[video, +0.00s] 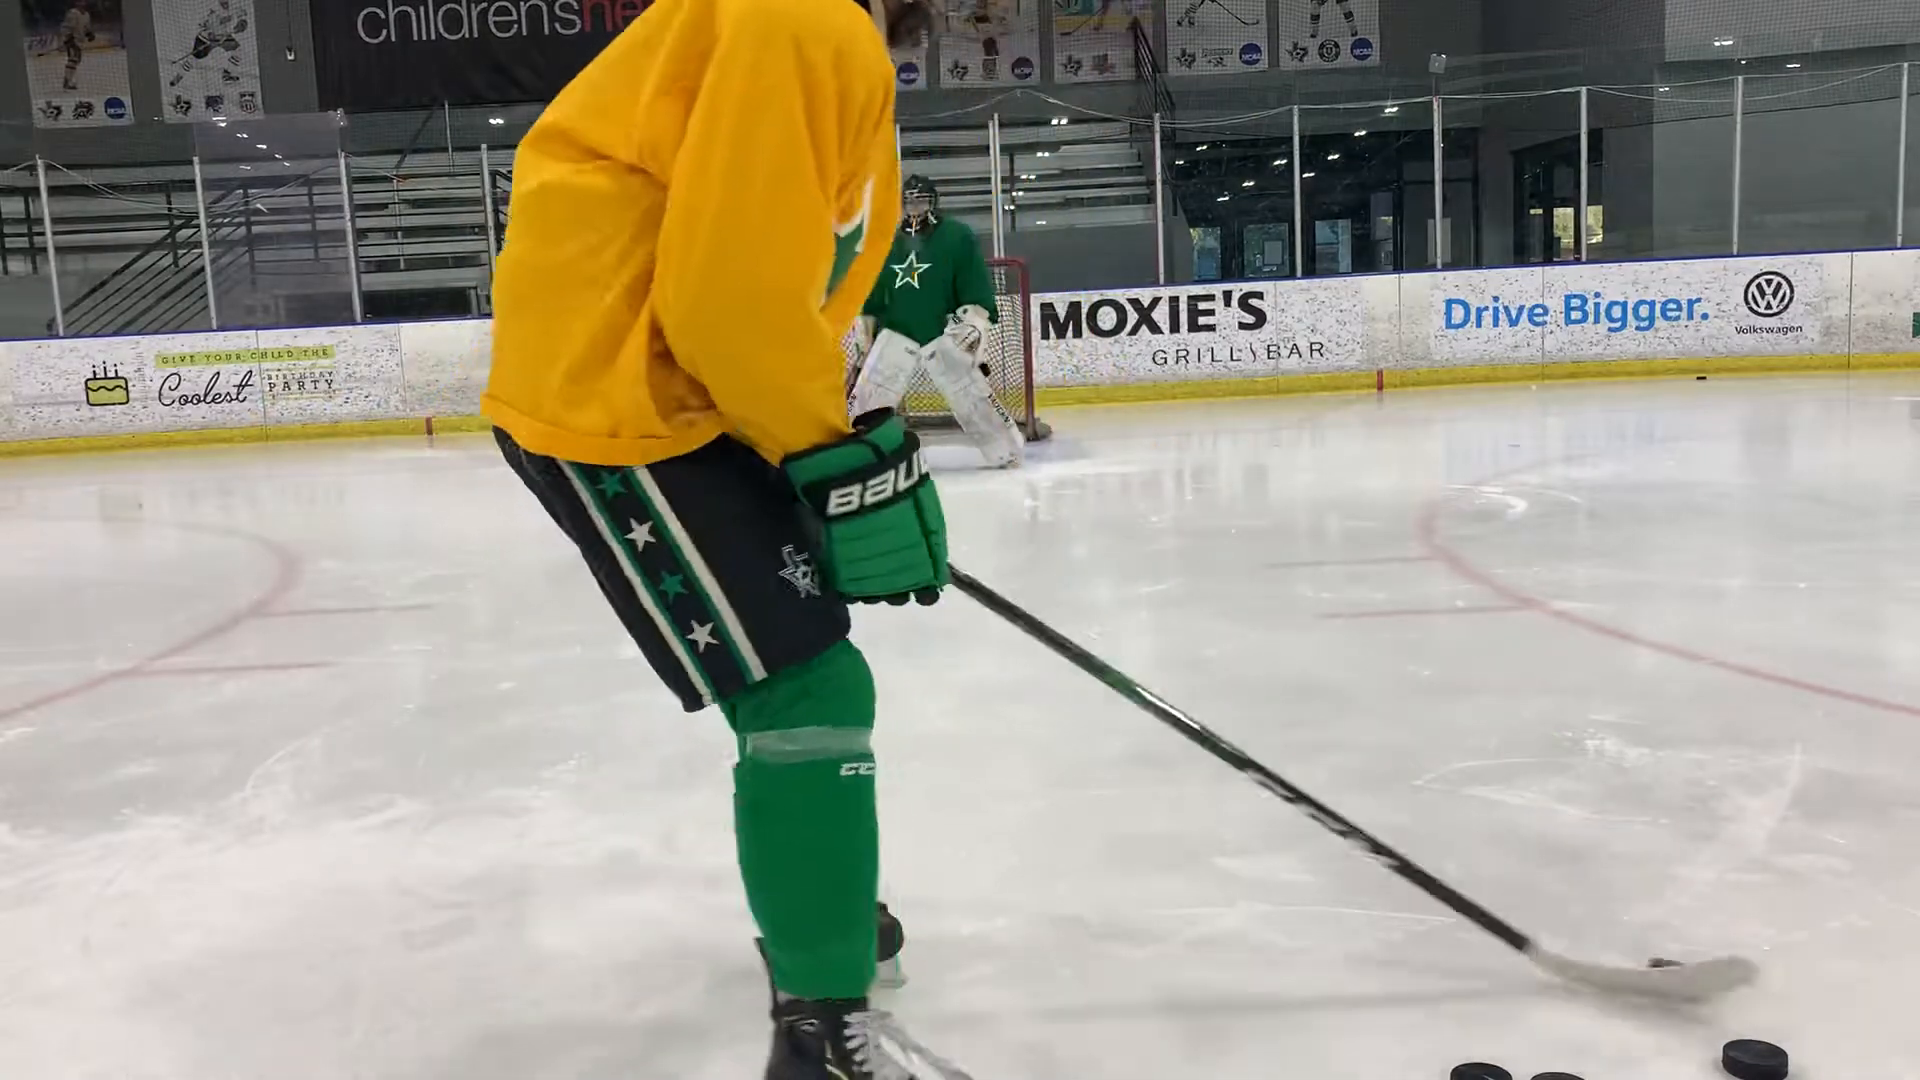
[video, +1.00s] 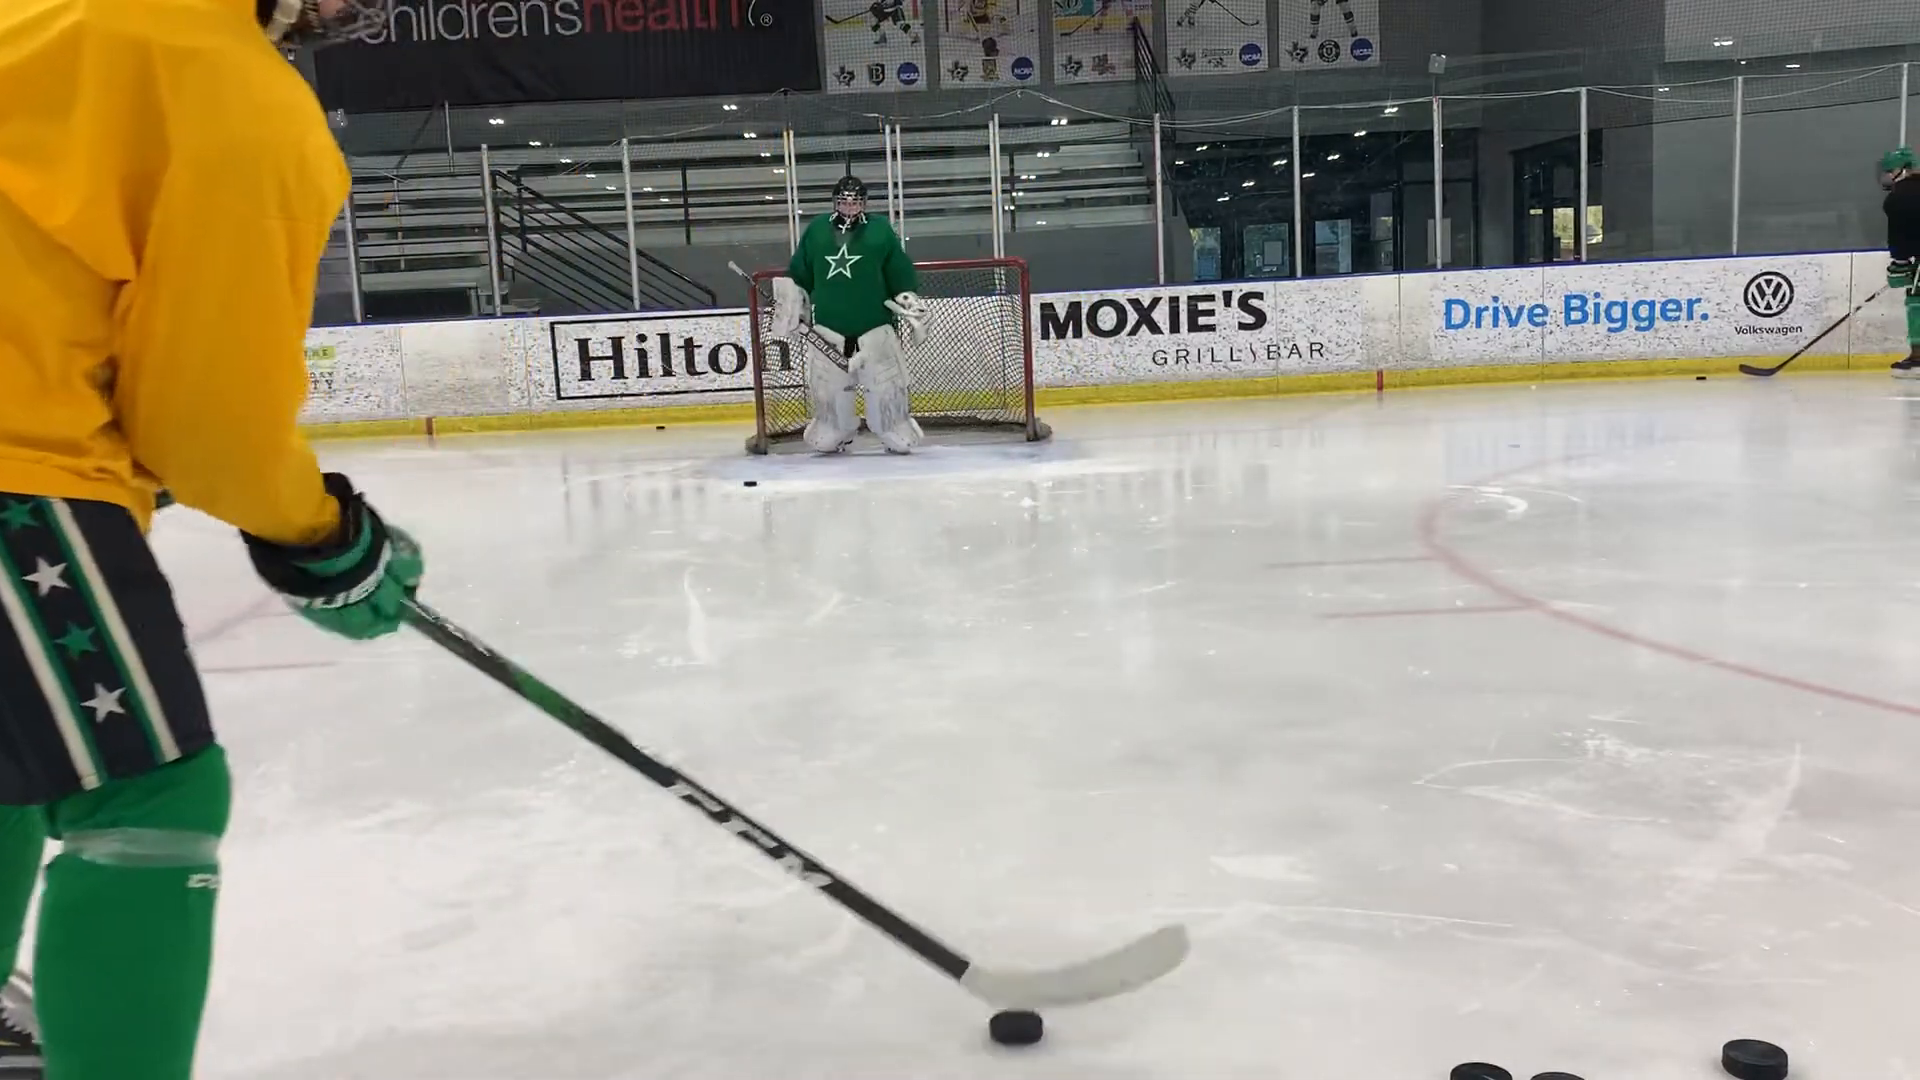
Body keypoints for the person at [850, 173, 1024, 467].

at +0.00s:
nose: (915, 208)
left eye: (922, 201)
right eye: (909, 201)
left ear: (932, 203)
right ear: (901, 204)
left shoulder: (955, 235)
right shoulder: (887, 239)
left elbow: (977, 284)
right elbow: (872, 293)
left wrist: (971, 326)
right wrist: (865, 338)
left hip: (942, 331)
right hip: (896, 333)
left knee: (971, 398)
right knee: (870, 397)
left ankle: (1006, 456)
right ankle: (861, 466)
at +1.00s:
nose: (849, 205)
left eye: (855, 200)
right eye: (844, 200)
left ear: (863, 202)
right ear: (835, 202)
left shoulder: (880, 230)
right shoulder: (817, 230)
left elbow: (899, 270)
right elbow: (799, 273)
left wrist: (908, 303)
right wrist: (791, 305)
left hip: (874, 320)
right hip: (829, 321)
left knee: (885, 382)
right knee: (828, 383)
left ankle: (896, 437)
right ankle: (831, 437)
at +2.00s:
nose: (865, 205)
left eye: (870, 200)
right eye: (860, 200)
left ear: (879, 202)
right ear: (851, 203)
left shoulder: (895, 230)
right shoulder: (833, 231)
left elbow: (913, 269)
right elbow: (816, 276)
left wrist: (892, 279)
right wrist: (850, 281)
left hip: (896, 319)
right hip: (854, 320)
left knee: (919, 377)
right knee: (840, 384)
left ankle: (931, 438)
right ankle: (816, 445)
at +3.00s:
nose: (894, 234)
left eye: (899, 227)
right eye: (888, 228)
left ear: (908, 228)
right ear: (879, 229)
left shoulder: (927, 254)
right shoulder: (858, 260)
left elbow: (950, 302)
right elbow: (838, 301)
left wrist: (953, 276)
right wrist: (840, 338)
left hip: (924, 341)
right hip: (879, 346)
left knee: (956, 398)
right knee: (865, 408)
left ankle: (994, 455)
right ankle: (825, 461)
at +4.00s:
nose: (916, 292)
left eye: (921, 286)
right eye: (909, 286)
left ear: (931, 285)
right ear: (898, 286)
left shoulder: (950, 307)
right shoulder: (877, 311)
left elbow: (977, 359)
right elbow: (850, 349)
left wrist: (973, 349)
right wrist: (849, 388)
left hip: (946, 389)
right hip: (895, 399)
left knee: (981, 415)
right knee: (870, 434)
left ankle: (1019, 448)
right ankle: (827, 464)